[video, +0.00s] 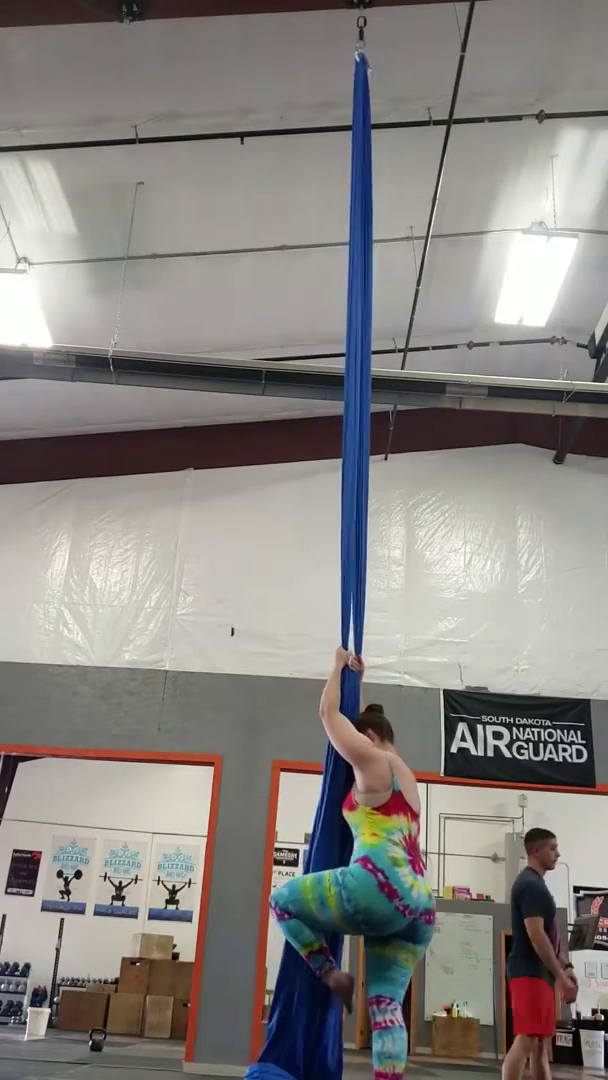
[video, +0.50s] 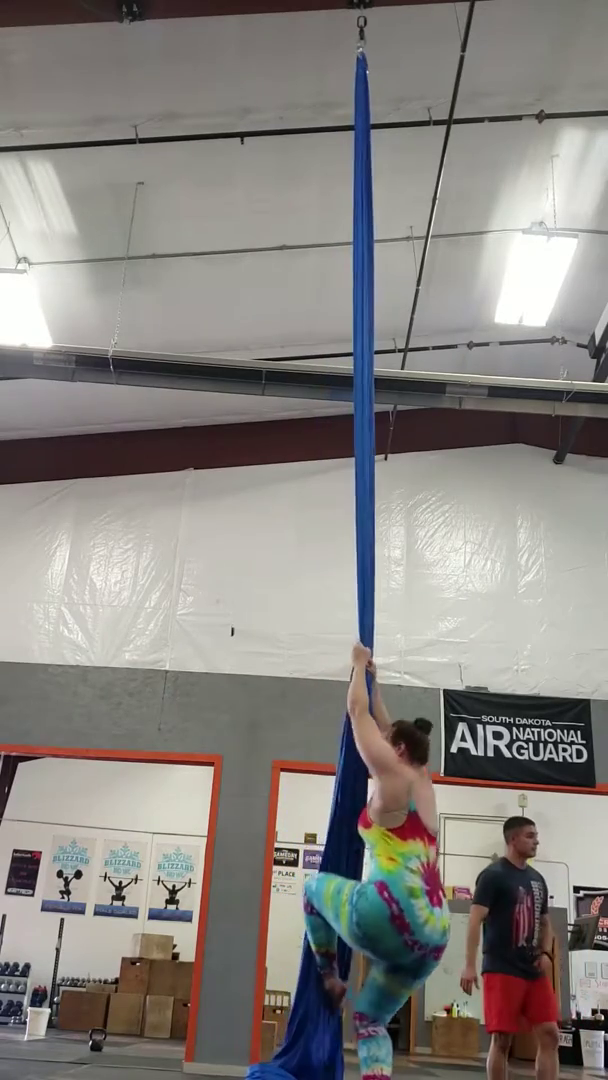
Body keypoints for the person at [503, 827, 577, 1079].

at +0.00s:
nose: (557, 854)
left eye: (556, 848)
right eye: (552, 848)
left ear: (537, 851)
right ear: (535, 850)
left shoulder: (536, 883)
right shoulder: (530, 884)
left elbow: (548, 933)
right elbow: (536, 935)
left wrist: (564, 967)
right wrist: (559, 975)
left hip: (539, 972)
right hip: (528, 972)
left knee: (540, 1040)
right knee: (525, 1040)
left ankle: (542, 1076)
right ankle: (508, 1076)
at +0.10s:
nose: (551, 851)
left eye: (550, 846)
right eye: (546, 846)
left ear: (533, 849)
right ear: (530, 848)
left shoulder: (533, 883)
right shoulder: (519, 881)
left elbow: (543, 935)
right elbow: (520, 931)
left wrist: (563, 965)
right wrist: (548, 972)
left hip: (536, 971)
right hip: (518, 971)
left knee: (543, 1041)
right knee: (516, 1039)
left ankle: (545, 1076)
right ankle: (504, 1077)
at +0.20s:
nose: (545, 847)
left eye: (545, 842)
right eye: (540, 842)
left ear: (528, 845)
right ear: (523, 844)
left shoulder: (535, 882)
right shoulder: (508, 878)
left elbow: (538, 927)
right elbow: (503, 927)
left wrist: (552, 957)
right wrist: (527, 967)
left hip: (537, 970)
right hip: (511, 971)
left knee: (547, 1037)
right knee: (511, 1040)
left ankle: (548, 1077)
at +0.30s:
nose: (541, 844)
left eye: (540, 839)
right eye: (535, 839)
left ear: (525, 843)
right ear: (517, 841)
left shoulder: (536, 881)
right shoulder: (501, 876)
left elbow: (538, 922)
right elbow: (489, 922)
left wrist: (544, 948)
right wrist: (502, 968)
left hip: (535, 972)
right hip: (509, 971)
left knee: (552, 1037)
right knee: (508, 1041)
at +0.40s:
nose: (537, 842)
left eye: (537, 837)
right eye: (531, 837)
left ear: (532, 841)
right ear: (513, 840)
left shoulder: (537, 880)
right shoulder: (495, 875)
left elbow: (542, 923)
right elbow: (481, 921)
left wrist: (543, 945)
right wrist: (481, 968)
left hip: (534, 971)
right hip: (504, 971)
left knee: (554, 1036)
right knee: (504, 1041)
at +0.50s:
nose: (536, 840)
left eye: (536, 836)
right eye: (530, 836)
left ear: (530, 840)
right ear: (511, 839)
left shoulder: (537, 879)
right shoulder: (492, 875)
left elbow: (545, 921)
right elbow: (474, 920)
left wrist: (545, 952)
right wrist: (469, 966)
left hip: (534, 969)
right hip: (501, 969)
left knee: (549, 1036)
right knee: (501, 1041)